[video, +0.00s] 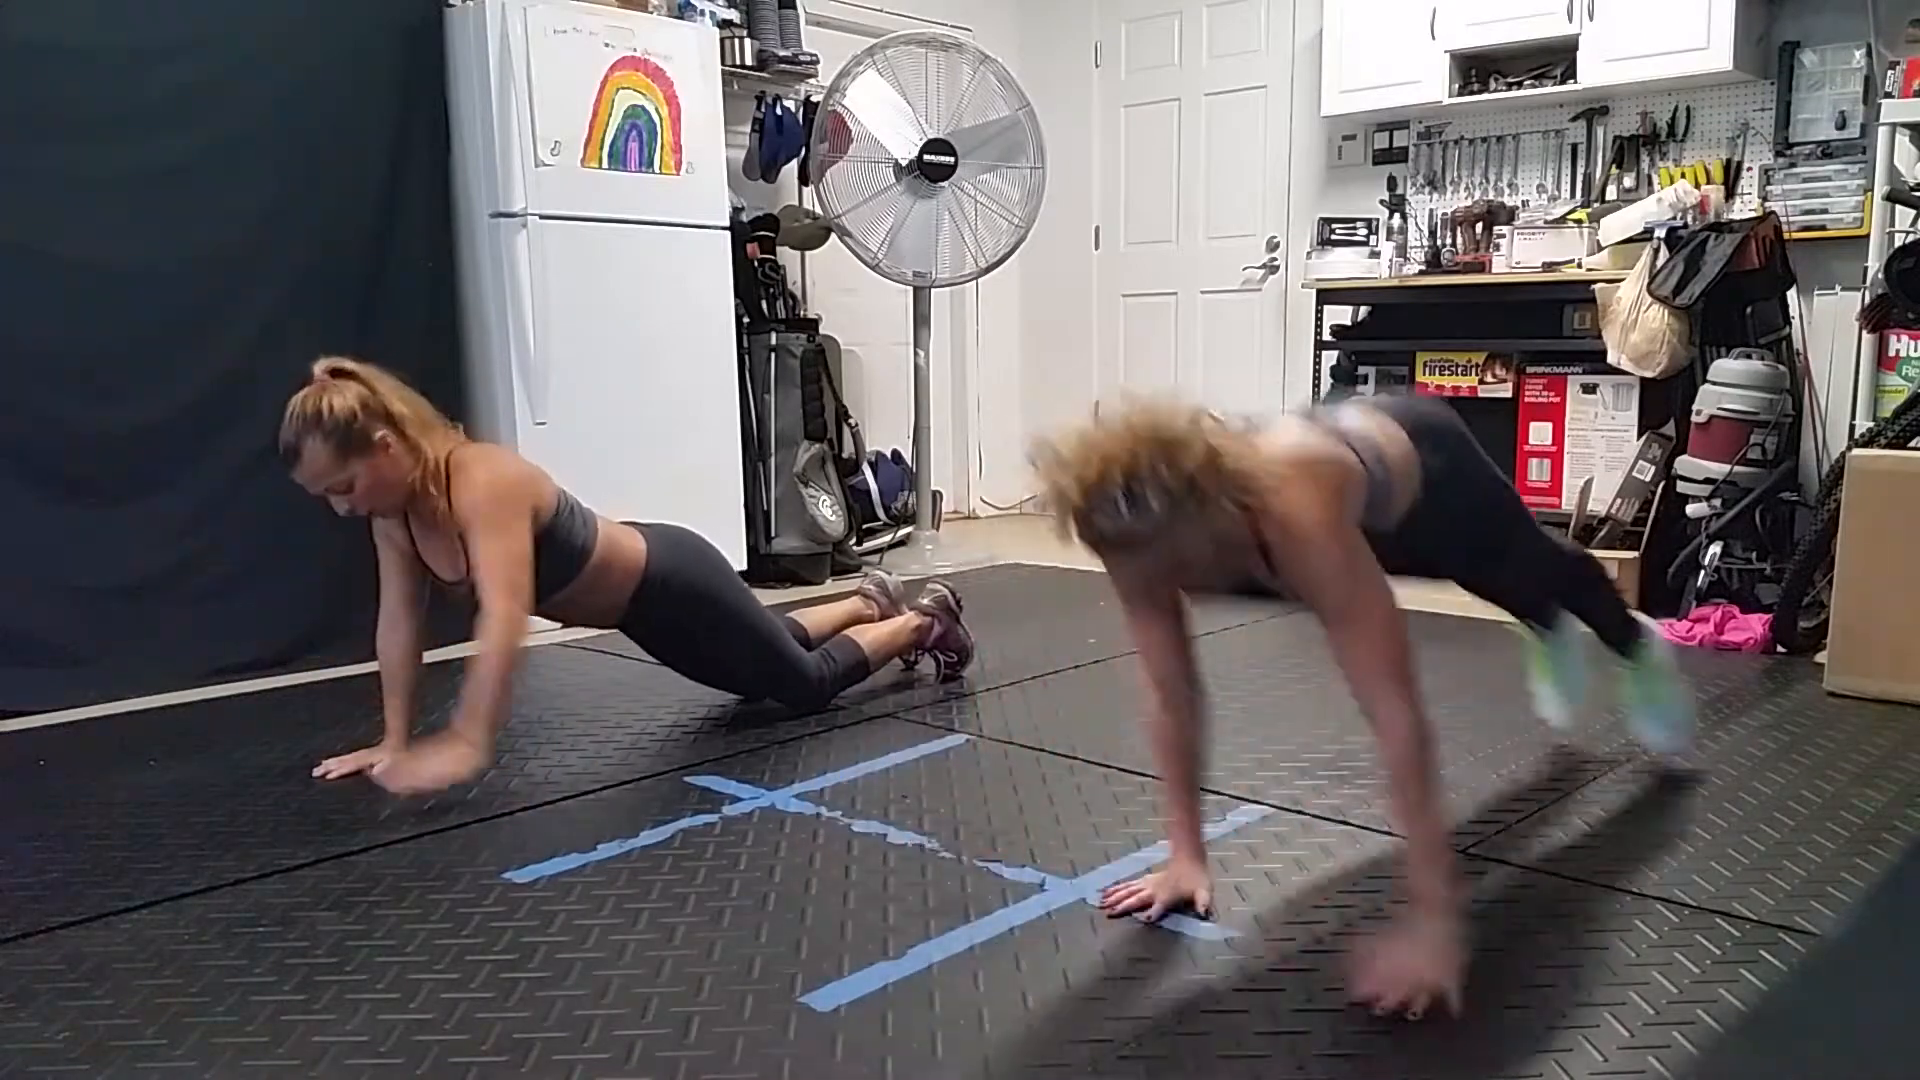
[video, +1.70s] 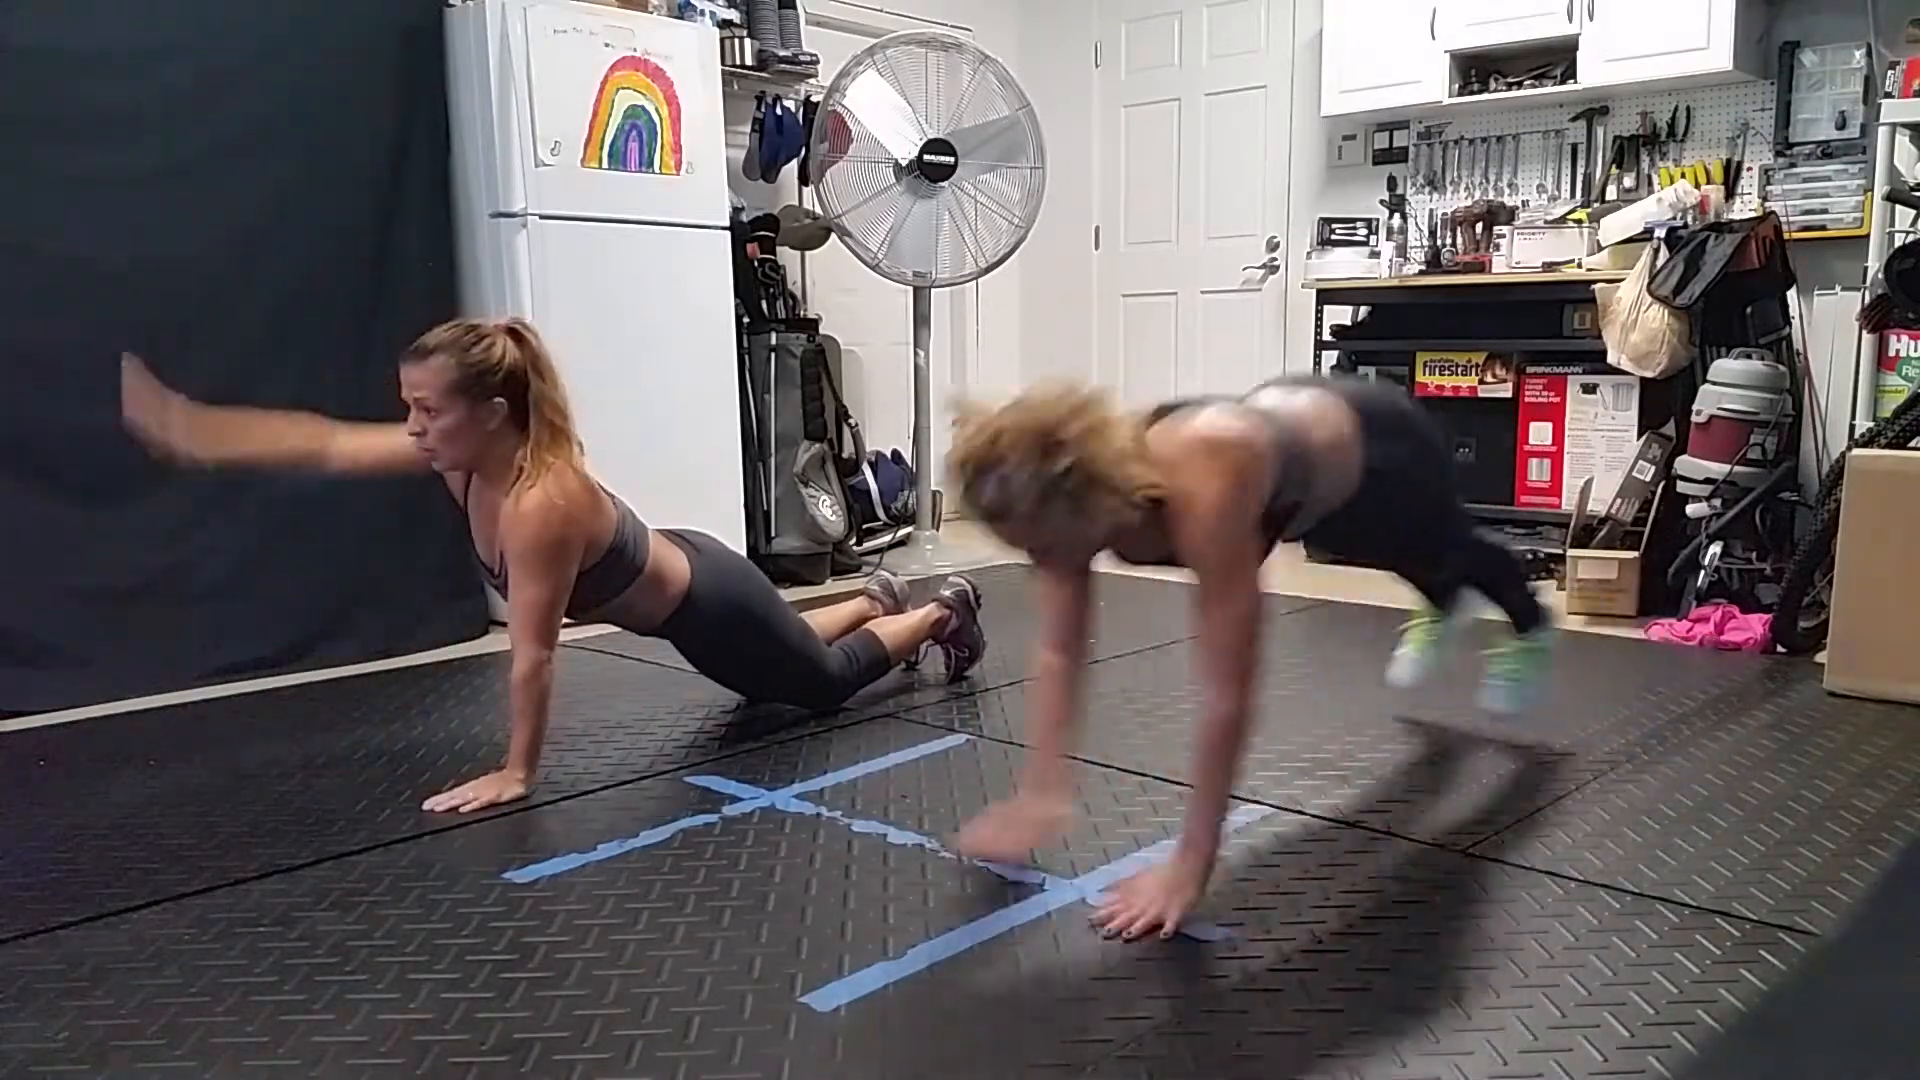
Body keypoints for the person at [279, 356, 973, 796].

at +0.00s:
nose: (344, 506)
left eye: (343, 486)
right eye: (330, 496)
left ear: (384, 439)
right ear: (350, 468)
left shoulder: (483, 483)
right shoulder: (396, 501)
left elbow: (507, 617)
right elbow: (399, 613)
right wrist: (393, 738)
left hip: (675, 587)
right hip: (643, 595)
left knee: (808, 680)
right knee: (764, 652)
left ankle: (920, 627)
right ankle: (869, 601)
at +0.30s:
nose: (337, 620)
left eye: (330, 603)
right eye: (322, 611)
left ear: (357, 559)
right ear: (347, 557)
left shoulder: (471, 542)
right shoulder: (405, 554)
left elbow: (560, 661)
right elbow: (410, 645)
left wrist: (516, 775)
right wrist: (391, 744)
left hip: (668, 617)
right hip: (640, 604)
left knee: (816, 676)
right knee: (769, 648)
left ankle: (930, 620)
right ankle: (870, 600)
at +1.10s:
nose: (375, 507)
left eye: (378, 491)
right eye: (367, 494)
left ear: (426, 466)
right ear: (415, 466)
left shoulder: (523, 510)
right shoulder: (438, 510)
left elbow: (541, 658)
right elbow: (412, 619)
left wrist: (519, 772)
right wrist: (387, 731)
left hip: (695, 618)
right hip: (663, 599)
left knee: (826, 671)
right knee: (775, 645)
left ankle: (934, 619)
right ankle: (874, 595)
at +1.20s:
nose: (397, 475)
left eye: (405, 459)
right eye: (389, 461)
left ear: (457, 439)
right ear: (433, 440)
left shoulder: (528, 512)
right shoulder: (457, 485)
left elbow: (540, 654)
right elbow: (392, 580)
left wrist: (518, 772)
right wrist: (332, 681)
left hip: (706, 608)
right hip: (667, 578)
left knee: (832, 677)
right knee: (771, 641)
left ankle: (932, 622)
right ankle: (868, 600)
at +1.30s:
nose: (404, 451)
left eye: (417, 435)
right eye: (402, 435)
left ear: (477, 428)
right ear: (445, 423)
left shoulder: (534, 513)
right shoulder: (458, 461)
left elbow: (538, 651)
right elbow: (338, 510)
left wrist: (520, 772)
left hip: (714, 607)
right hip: (679, 563)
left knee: (833, 676)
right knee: (785, 615)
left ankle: (936, 623)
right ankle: (881, 595)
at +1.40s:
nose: (412, 429)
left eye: (429, 414)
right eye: (410, 410)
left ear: (491, 417)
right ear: (445, 413)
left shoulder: (538, 508)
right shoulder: (455, 446)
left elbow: (537, 646)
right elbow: (318, 423)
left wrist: (519, 772)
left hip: (718, 604)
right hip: (679, 569)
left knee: (834, 679)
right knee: (788, 627)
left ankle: (935, 622)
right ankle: (887, 595)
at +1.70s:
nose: (413, 429)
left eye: (429, 414)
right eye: (411, 412)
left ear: (493, 416)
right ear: (443, 412)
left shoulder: (537, 510)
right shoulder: (456, 450)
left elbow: (535, 647)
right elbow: (321, 443)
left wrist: (518, 771)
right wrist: (188, 429)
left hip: (715, 609)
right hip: (678, 569)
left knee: (834, 677)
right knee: (784, 619)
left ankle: (930, 622)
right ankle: (878, 595)